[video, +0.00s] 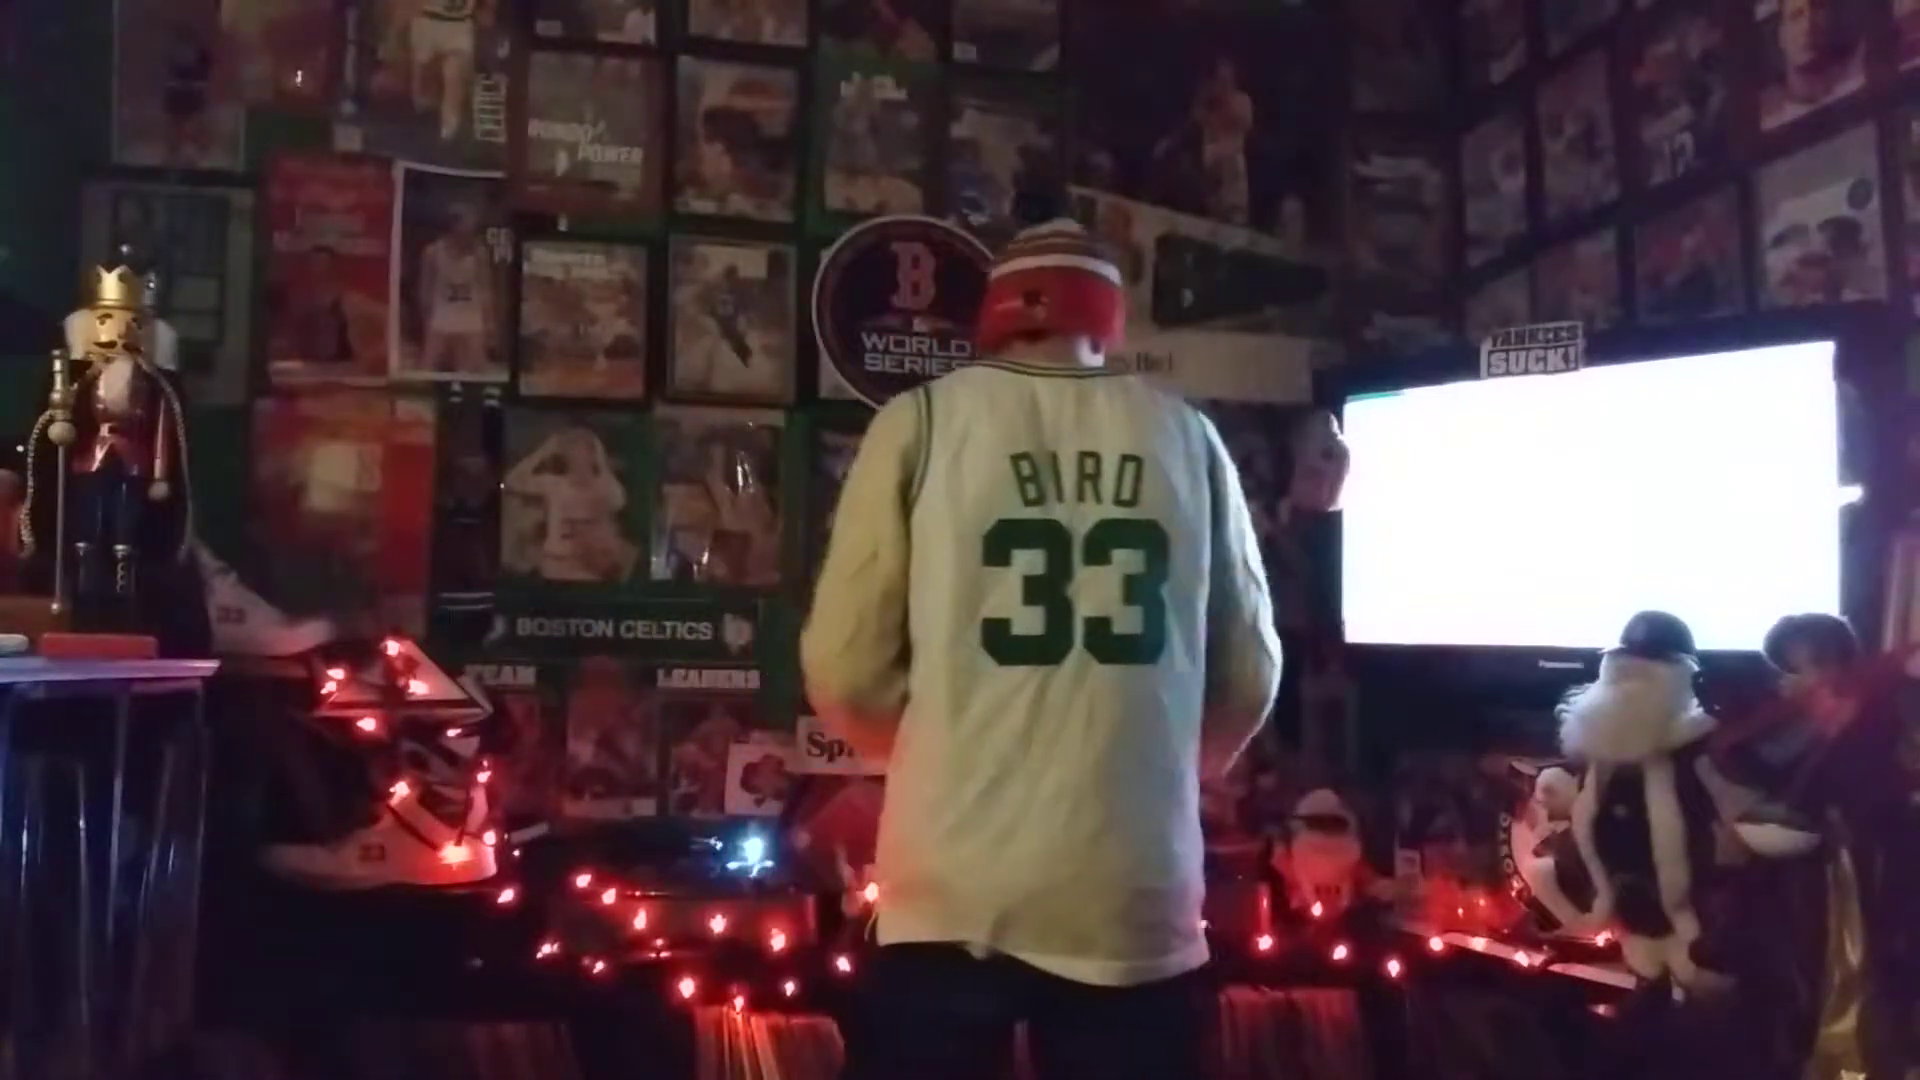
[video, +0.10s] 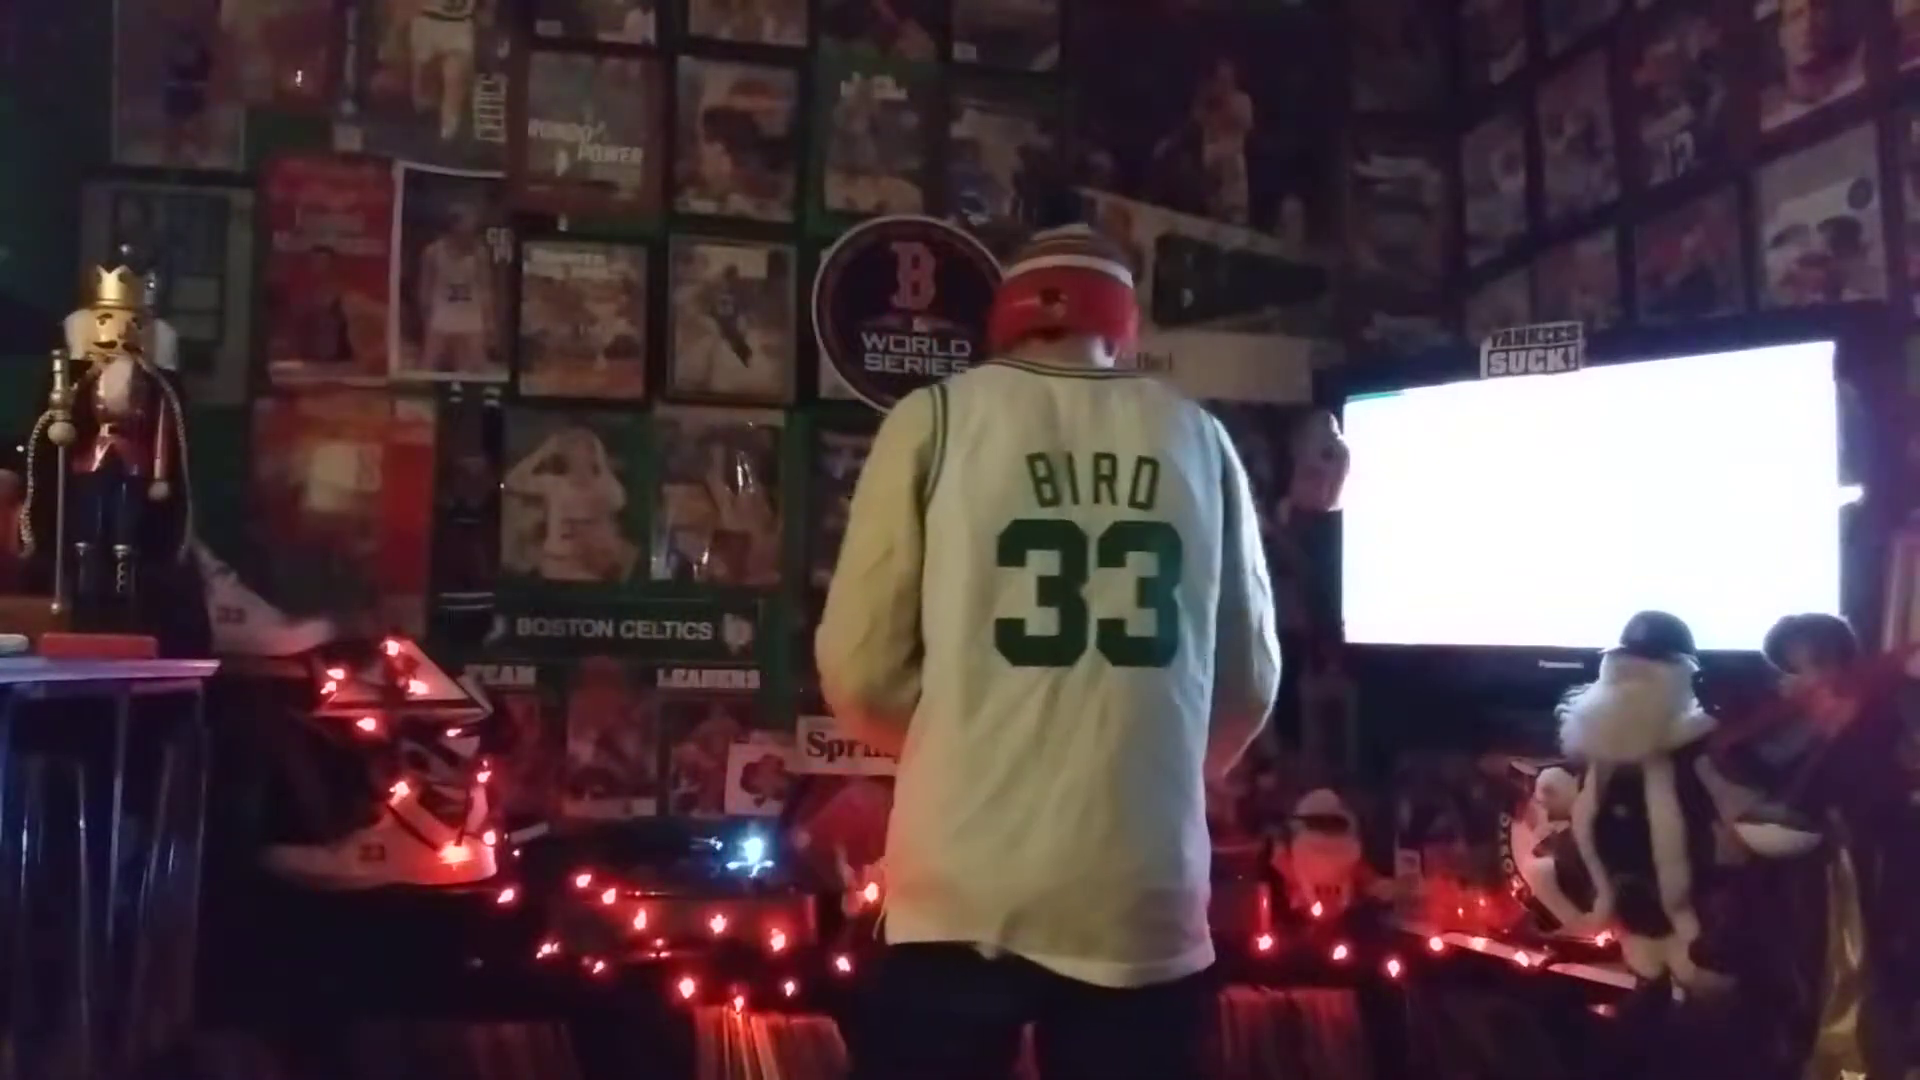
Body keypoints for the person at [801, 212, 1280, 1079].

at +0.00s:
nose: (987, 323)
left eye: (990, 307)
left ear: (996, 314)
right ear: (1112, 327)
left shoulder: (919, 421)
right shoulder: (1191, 437)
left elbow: (844, 667)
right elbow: (1249, 675)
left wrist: (943, 753)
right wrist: (1157, 779)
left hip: (946, 893)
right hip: (1136, 901)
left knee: (924, 1063)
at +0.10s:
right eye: (1132, 328)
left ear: (1004, 321)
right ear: (1125, 333)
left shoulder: (933, 417)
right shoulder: (1203, 438)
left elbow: (859, 669)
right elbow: (1249, 684)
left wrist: (968, 745)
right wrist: (1156, 787)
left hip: (956, 891)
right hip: (1145, 902)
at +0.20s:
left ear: (1011, 321)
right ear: (1136, 339)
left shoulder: (943, 415)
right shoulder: (1213, 443)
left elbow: (864, 658)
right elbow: (1250, 691)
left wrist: (966, 750)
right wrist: (1161, 793)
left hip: (960, 887)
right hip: (1148, 903)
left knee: (933, 1063)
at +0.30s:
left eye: (1010, 329)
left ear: (1013, 332)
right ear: (1137, 349)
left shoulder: (953, 414)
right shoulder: (1218, 448)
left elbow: (868, 662)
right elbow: (1253, 694)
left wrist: (966, 758)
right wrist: (1164, 795)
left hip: (967, 883)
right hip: (1154, 902)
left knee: (935, 1062)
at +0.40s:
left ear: (1014, 334)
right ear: (1138, 352)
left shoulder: (958, 412)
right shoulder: (1217, 451)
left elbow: (874, 665)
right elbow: (1242, 696)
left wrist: (967, 765)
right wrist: (1150, 789)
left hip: (974, 887)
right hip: (1158, 905)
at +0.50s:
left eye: (1004, 343)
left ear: (1011, 341)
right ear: (1134, 360)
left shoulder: (961, 411)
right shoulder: (1213, 455)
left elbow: (876, 661)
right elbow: (1216, 688)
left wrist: (950, 766)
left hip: (975, 884)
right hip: (1156, 903)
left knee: (933, 1061)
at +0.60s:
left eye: (992, 357)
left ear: (1003, 351)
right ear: (1124, 370)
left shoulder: (956, 408)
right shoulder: (1200, 455)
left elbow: (873, 658)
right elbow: (1199, 659)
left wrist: (943, 767)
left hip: (977, 884)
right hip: (1157, 904)